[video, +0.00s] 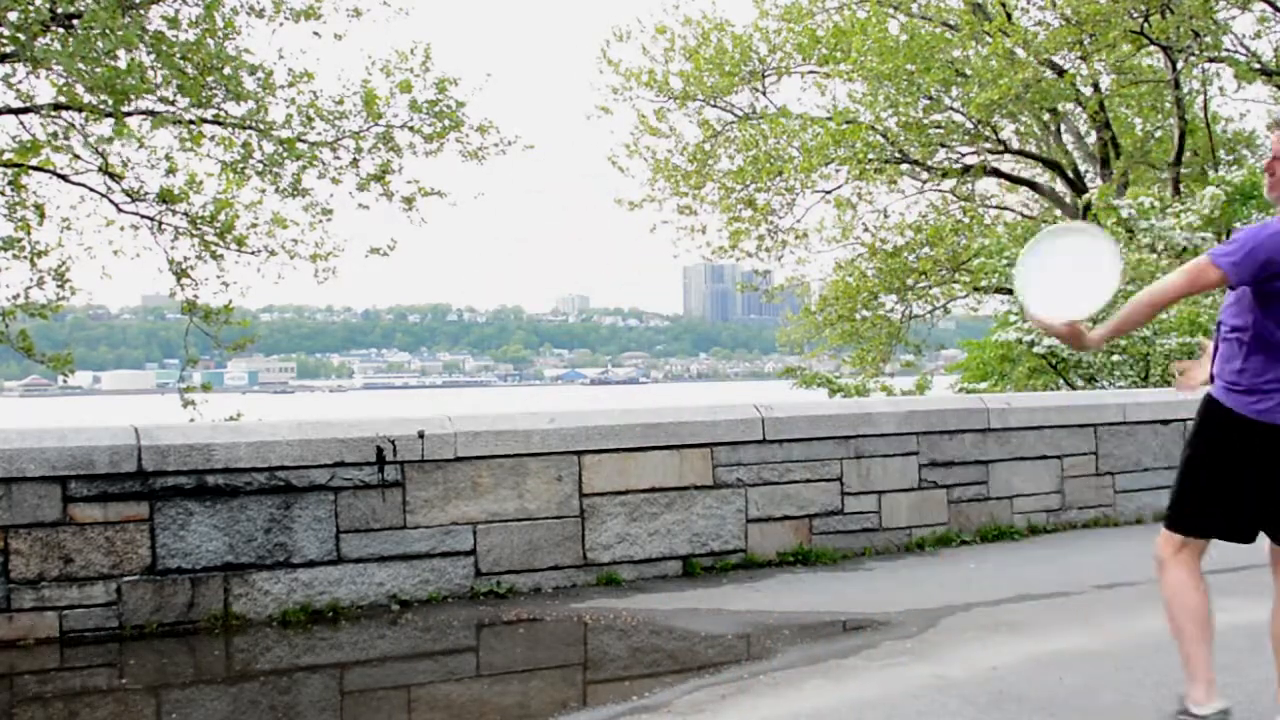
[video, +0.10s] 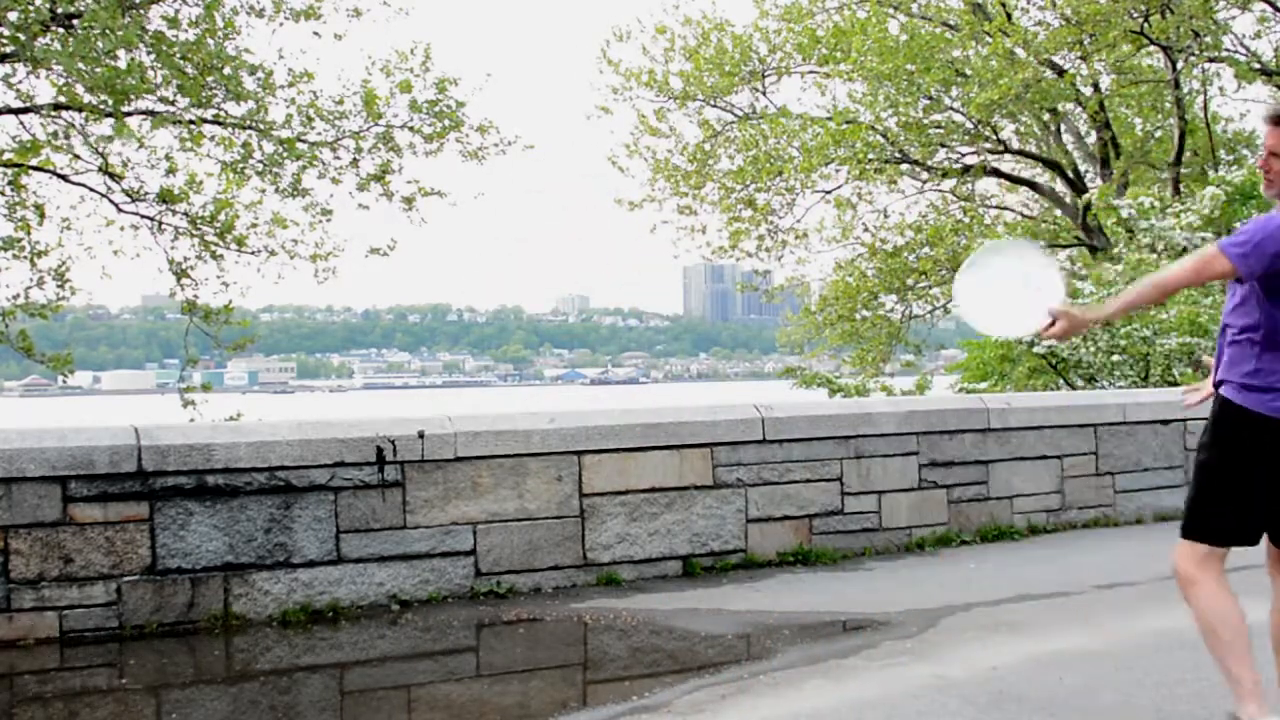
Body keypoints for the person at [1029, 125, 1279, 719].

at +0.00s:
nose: (1267, 173)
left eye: (1270, 163)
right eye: (1269, 162)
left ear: (1278, 170)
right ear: (1279, 171)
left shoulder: (1268, 238)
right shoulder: (1266, 237)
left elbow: (1169, 290)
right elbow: (1264, 322)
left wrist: (1094, 338)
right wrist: (1214, 364)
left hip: (1244, 418)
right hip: (1276, 422)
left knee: (1179, 549)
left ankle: (1202, 695)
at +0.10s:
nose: (1263, 164)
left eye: (1273, 155)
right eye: (1264, 153)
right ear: (1265, 156)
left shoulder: (1270, 231)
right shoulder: (1267, 227)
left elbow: (1177, 277)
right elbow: (1266, 314)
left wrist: (1092, 315)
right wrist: (1228, 373)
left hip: (1253, 413)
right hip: (1275, 414)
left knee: (1197, 562)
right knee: (1279, 559)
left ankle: (1254, 705)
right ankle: (1263, 705)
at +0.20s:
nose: (1262, 157)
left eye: (1274, 147)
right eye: (1259, 145)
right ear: (1254, 145)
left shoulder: (1273, 218)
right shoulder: (1262, 219)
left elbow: (1184, 241)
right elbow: (1268, 315)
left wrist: (1077, 262)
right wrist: (1222, 373)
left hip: (1262, 406)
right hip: (1266, 405)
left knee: (1228, 572)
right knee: (1278, 564)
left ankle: (1279, 704)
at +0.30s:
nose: (1258, 146)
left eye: (1270, 136)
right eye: (1255, 135)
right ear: (1250, 136)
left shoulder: (1273, 203)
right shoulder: (1258, 208)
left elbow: (1190, 220)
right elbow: (1262, 315)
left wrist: (1082, 226)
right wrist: (1205, 371)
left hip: (1262, 408)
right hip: (1250, 406)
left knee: (1254, 588)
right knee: (1257, 585)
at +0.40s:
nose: (1253, 137)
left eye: (1266, 127)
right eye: (1251, 124)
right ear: (1251, 126)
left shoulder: (1274, 193)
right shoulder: (1257, 202)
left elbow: (1193, 202)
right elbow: (1241, 314)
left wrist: (1100, 199)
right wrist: (1178, 376)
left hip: (1259, 402)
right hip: (1245, 400)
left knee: (1252, 587)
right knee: (1258, 580)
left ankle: (1273, 705)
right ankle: (1273, 701)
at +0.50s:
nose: (1254, 131)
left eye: (1269, 120)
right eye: (1249, 118)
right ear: (1243, 122)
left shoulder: (1275, 191)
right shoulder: (1249, 205)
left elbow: (1205, 199)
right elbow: (1225, 318)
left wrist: (1127, 185)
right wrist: (1156, 376)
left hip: (1258, 404)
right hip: (1235, 403)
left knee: (1248, 580)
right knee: (1244, 576)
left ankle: (1265, 709)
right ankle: (1262, 705)